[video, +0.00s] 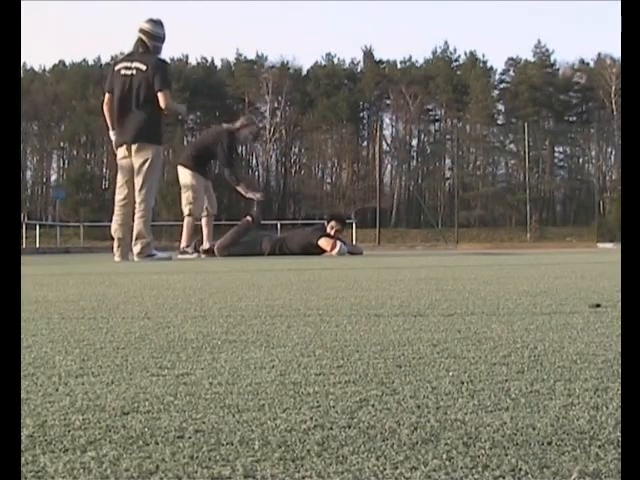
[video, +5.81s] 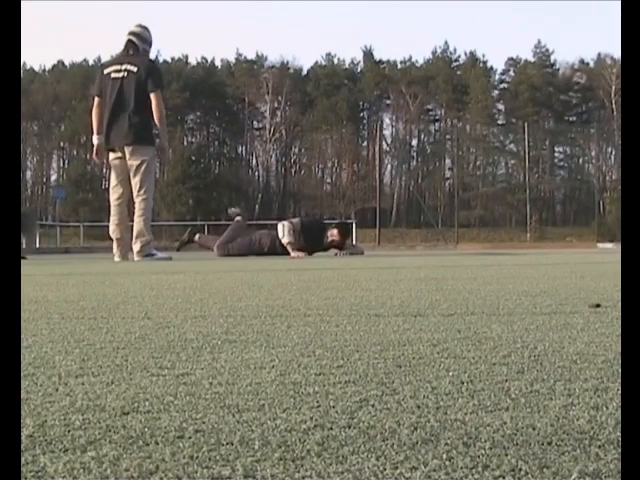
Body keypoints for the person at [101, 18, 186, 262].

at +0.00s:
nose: (162, 46)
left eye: (162, 42)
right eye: (161, 42)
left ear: (140, 37)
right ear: (157, 41)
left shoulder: (119, 64)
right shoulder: (156, 64)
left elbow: (107, 102)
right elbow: (165, 103)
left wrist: (113, 130)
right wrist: (181, 109)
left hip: (121, 136)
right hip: (147, 136)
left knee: (122, 194)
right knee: (145, 194)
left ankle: (119, 249)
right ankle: (142, 247)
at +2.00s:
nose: (165, 49)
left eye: (165, 45)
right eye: (165, 45)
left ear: (144, 38)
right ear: (160, 43)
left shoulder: (121, 65)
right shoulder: (157, 64)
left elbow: (110, 102)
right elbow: (162, 102)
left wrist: (113, 133)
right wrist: (173, 125)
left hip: (123, 136)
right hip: (148, 136)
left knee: (124, 194)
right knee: (146, 196)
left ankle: (119, 249)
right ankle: (142, 248)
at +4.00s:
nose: (158, 47)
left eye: (158, 43)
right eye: (158, 43)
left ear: (136, 39)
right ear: (154, 42)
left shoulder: (115, 66)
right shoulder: (152, 65)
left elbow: (105, 104)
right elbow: (159, 100)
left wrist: (109, 136)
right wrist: (172, 135)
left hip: (120, 138)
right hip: (145, 138)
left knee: (122, 196)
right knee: (144, 196)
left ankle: (119, 250)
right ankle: (142, 248)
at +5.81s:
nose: (148, 50)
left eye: (147, 46)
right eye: (148, 46)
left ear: (127, 41)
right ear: (145, 44)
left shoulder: (106, 66)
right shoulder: (149, 67)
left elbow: (97, 105)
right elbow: (156, 103)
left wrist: (97, 137)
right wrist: (162, 136)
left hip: (113, 138)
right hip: (140, 138)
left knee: (117, 196)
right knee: (143, 195)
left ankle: (119, 250)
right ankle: (142, 248)